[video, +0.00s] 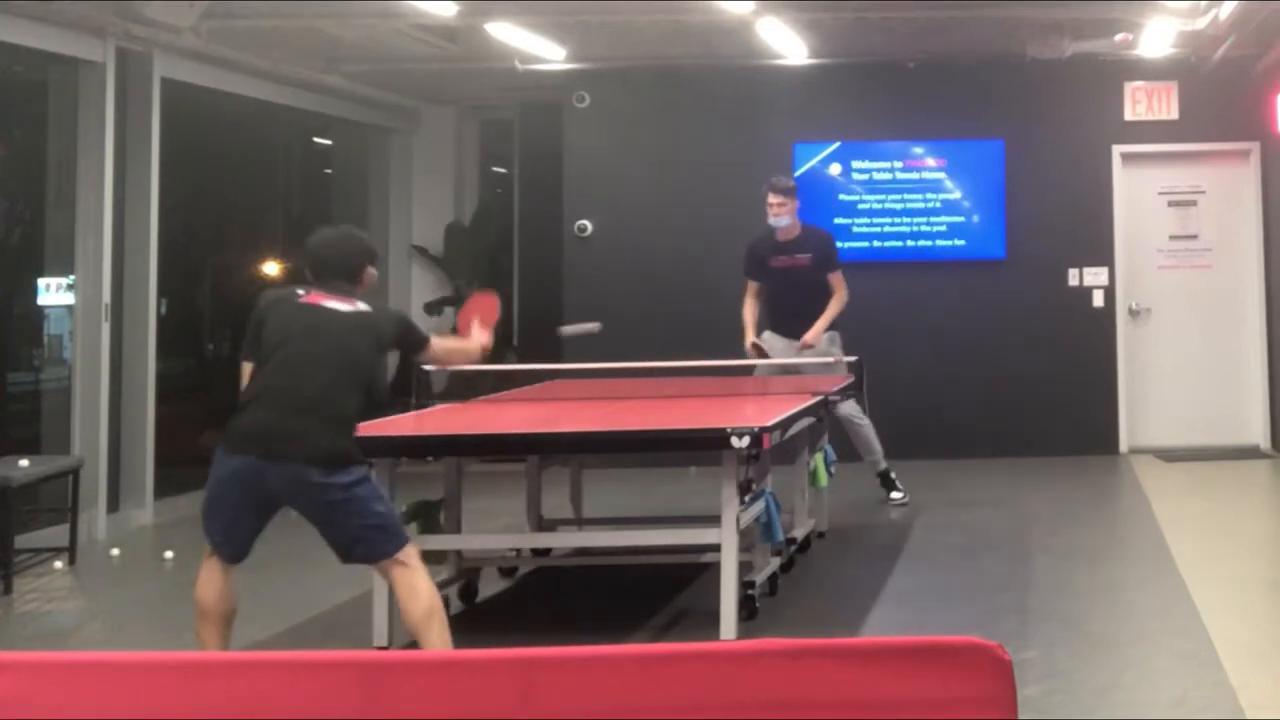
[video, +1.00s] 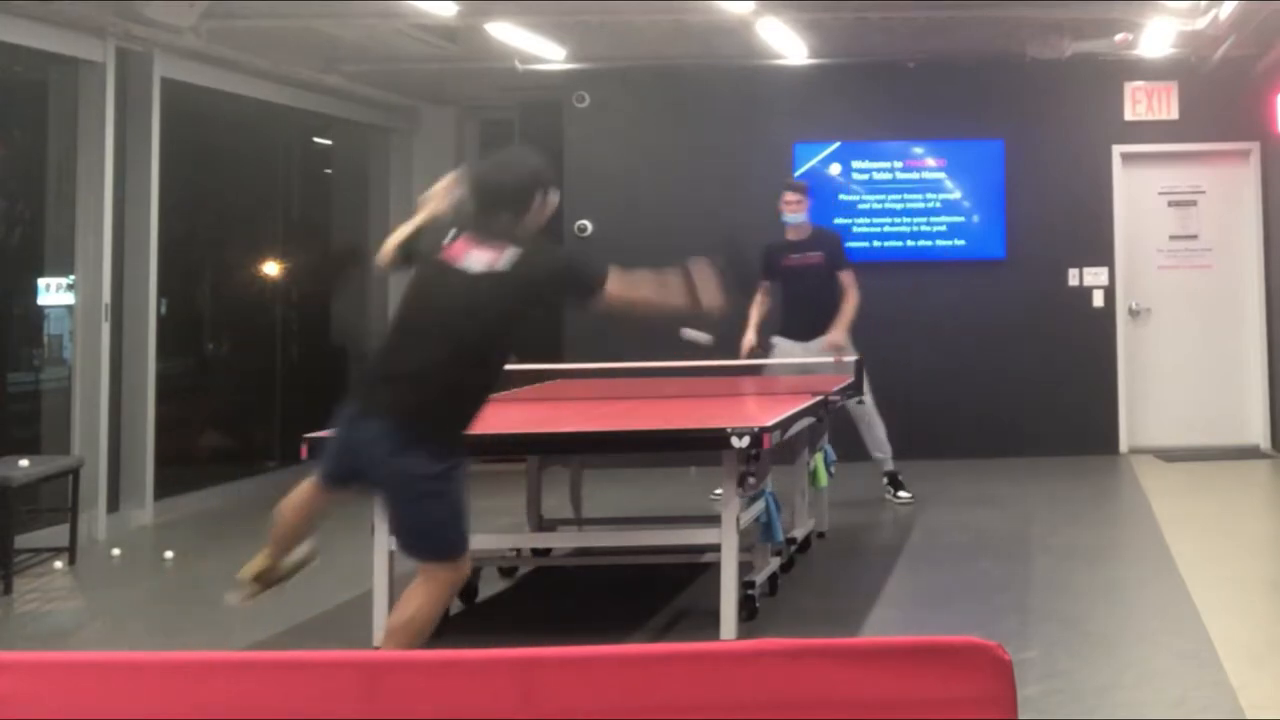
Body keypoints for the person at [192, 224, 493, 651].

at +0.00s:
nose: (376, 274)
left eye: (374, 266)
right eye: (373, 267)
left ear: (313, 269)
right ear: (363, 274)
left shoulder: (272, 302)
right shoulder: (381, 322)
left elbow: (248, 384)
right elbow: (436, 351)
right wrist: (476, 343)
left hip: (247, 451)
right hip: (324, 457)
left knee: (219, 558)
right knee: (401, 562)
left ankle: (211, 676)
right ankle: (448, 675)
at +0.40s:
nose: (395, 237)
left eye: (393, 228)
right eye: (392, 229)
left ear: (334, 232)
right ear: (381, 234)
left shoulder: (288, 275)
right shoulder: (391, 289)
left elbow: (223, 348)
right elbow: (417, 373)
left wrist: (285, 366)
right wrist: (461, 380)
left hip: (256, 440)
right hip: (326, 446)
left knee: (231, 536)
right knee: (401, 552)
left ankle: (178, 657)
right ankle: (412, 681)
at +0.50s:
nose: (412, 252)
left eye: (412, 240)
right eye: (410, 241)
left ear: (352, 238)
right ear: (395, 243)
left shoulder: (303, 278)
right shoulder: (368, 295)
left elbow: (295, 359)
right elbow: (351, 392)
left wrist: (365, 373)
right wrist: (408, 439)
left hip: (235, 450)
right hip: (295, 457)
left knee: (223, 555)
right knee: (387, 549)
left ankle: (127, 659)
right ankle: (404, 685)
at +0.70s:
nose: (438, 302)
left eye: (439, 292)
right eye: (436, 292)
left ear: (381, 287)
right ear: (416, 295)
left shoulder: (341, 314)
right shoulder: (357, 341)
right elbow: (335, 434)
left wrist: (418, 333)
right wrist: (377, 495)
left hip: (239, 483)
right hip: (277, 489)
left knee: (212, 587)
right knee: (394, 555)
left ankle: (117, 669)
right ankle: (378, 681)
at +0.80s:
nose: (495, 285)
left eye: (493, 275)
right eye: (489, 278)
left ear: (434, 275)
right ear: (464, 289)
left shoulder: (379, 293)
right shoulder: (423, 343)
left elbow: (324, 289)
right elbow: (473, 441)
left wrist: (365, 262)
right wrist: (533, 454)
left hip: (266, 460)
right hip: (310, 477)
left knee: (207, 561)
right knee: (416, 560)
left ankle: (117, 660)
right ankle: (372, 688)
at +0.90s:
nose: (525, 275)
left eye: (525, 264)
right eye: (522, 265)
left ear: (462, 251)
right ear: (498, 266)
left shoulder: (406, 278)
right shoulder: (485, 330)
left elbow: (339, 285)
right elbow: (576, 376)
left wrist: (355, 252)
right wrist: (662, 384)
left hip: (302, 445)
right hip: (356, 466)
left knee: (251, 526)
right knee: (440, 571)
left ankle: (175, 616)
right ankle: (376, 677)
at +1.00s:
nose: (553, 207)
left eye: (549, 197)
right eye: (550, 199)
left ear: (479, 198)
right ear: (536, 207)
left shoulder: (440, 243)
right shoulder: (542, 267)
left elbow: (387, 255)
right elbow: (626, 290)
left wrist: (430, 210)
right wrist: (690, 291)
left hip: (364, 417)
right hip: (424, 443)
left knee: (317, 485)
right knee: (443, 566)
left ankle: (267, 561)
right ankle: (377, 672)